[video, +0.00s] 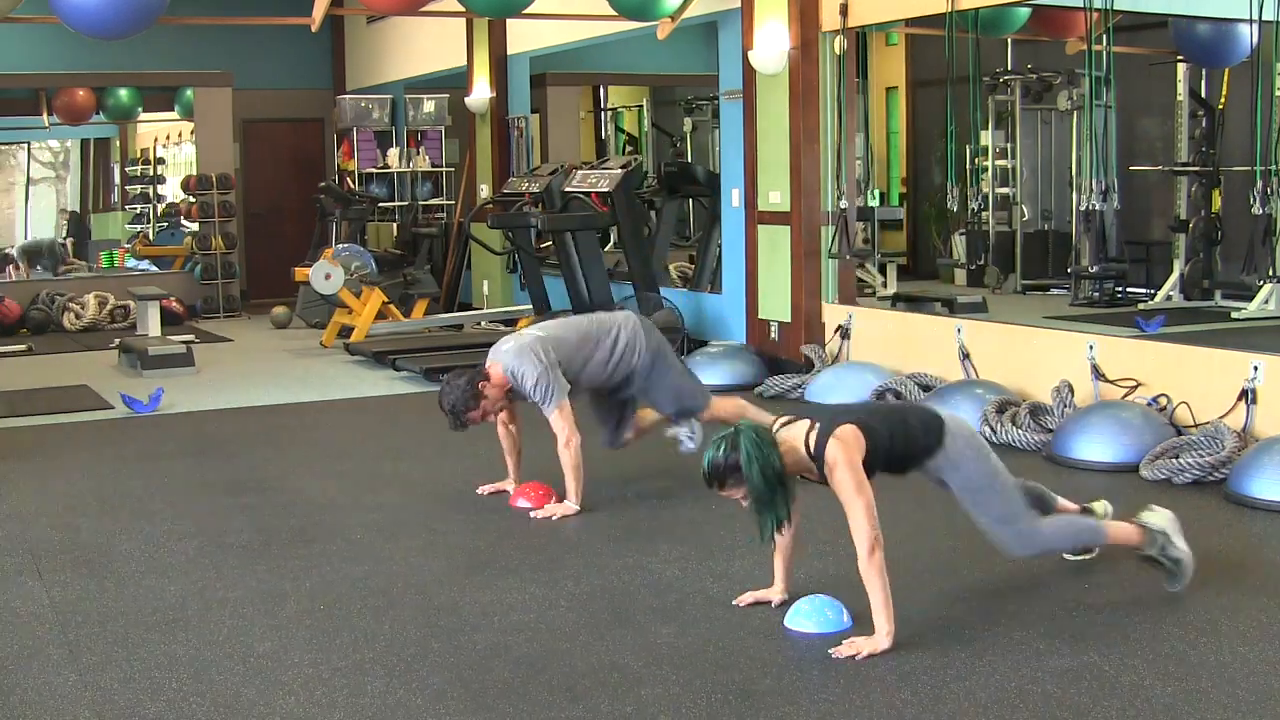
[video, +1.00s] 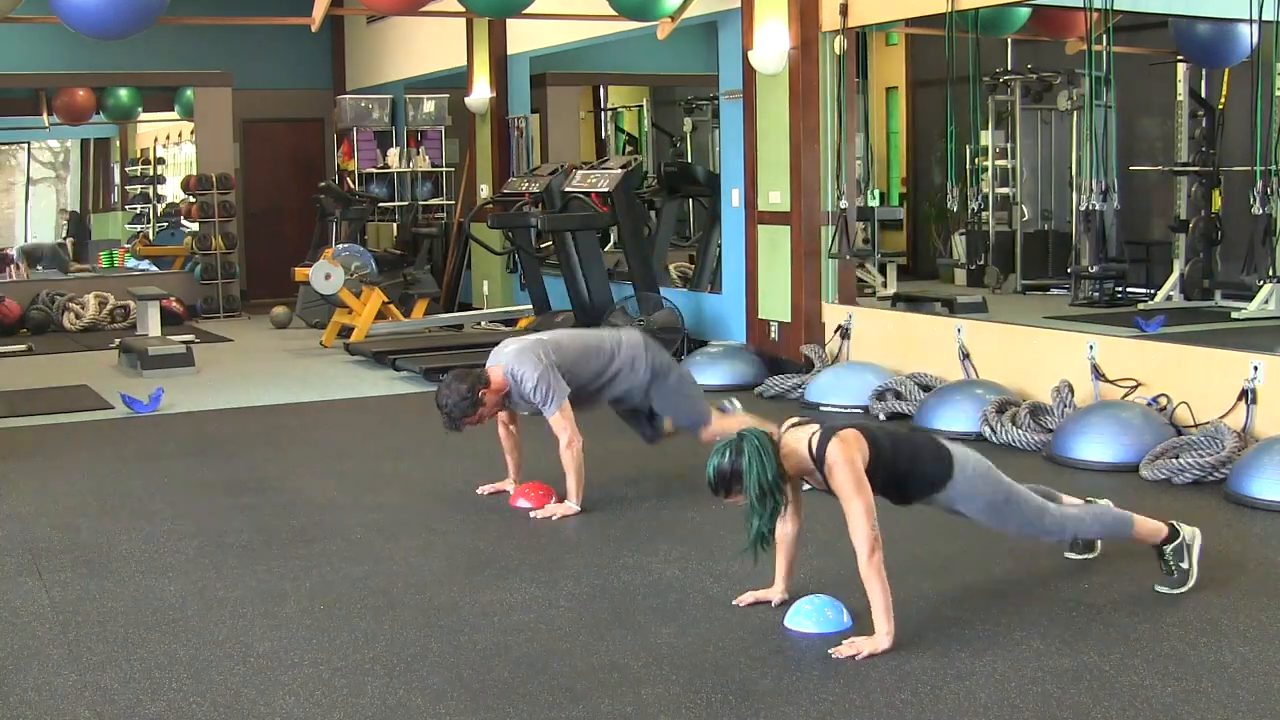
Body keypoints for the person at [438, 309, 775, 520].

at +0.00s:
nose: (491, 418)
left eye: (485, 414)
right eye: (484, 418)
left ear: (485, 388)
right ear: (482, 387)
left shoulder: (529, 365)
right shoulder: (496, 371)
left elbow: (566, 435)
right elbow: (507, 423)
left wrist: (573, 502)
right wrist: (513, 481)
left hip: (632, 341)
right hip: (601, 369)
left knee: (697, 405)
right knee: (619, 433)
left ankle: (783, 426)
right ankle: (677, 413)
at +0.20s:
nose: (490, 421)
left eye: (484, 415)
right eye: (483, 420)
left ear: (482, 392)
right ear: (477, 389)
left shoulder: (530, 368)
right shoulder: (494, 371)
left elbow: (566, 439)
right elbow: (507, 423)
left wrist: (573, 501)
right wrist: (512, 480)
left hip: (631, 355)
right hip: (591, 371)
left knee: (692, 420)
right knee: (572, 437)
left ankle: (764, 428)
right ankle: (627, 418)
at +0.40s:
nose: (494, 411)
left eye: (490, 408)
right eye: (488, 414)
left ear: (486, 384)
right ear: (483, 383)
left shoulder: (539, 368)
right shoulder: (495, 375)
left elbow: (572, 438)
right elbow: (507, 423)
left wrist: (574, 502)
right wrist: (512, 479)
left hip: (630, 393)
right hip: (581, 406)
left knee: (698, 447)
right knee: (548, 468)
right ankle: (615, 446)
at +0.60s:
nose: (495, 414)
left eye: (491, 410)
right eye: (489, 416)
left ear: (489, 386)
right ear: (486, 384)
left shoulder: (541, 371)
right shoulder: (496, 375)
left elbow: (575, 439)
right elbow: (508, 424)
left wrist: (573, 503)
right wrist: (512, 479)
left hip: (632, 391)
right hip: (586, 404)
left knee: (696, 445)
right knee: (552, 473)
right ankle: (627, 451)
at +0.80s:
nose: (489, 426)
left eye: (484, 420)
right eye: (482, 425)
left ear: (488, 396)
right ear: (481, 395)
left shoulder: (531, 372)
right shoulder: (492, 374)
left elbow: (567, 438)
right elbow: (505, 425)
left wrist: (573, 502)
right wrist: (513, 480)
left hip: (630, 339)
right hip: (595, 368)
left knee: (690, 404)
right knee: (608, 437)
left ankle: (771, 421)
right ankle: (667, 407)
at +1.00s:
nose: (487, 423)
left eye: (482, 418)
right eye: (481, 422)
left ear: (486, 396)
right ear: (480, 393)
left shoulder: (531, 371)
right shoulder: (494, 374)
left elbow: (570, 441)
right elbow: (507, 425)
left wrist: (574, 502)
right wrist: (514, 479)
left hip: (636, 356)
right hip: (610, 375)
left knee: (708, 428)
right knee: (657, 431)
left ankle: (782, 433)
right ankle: (725, 416)